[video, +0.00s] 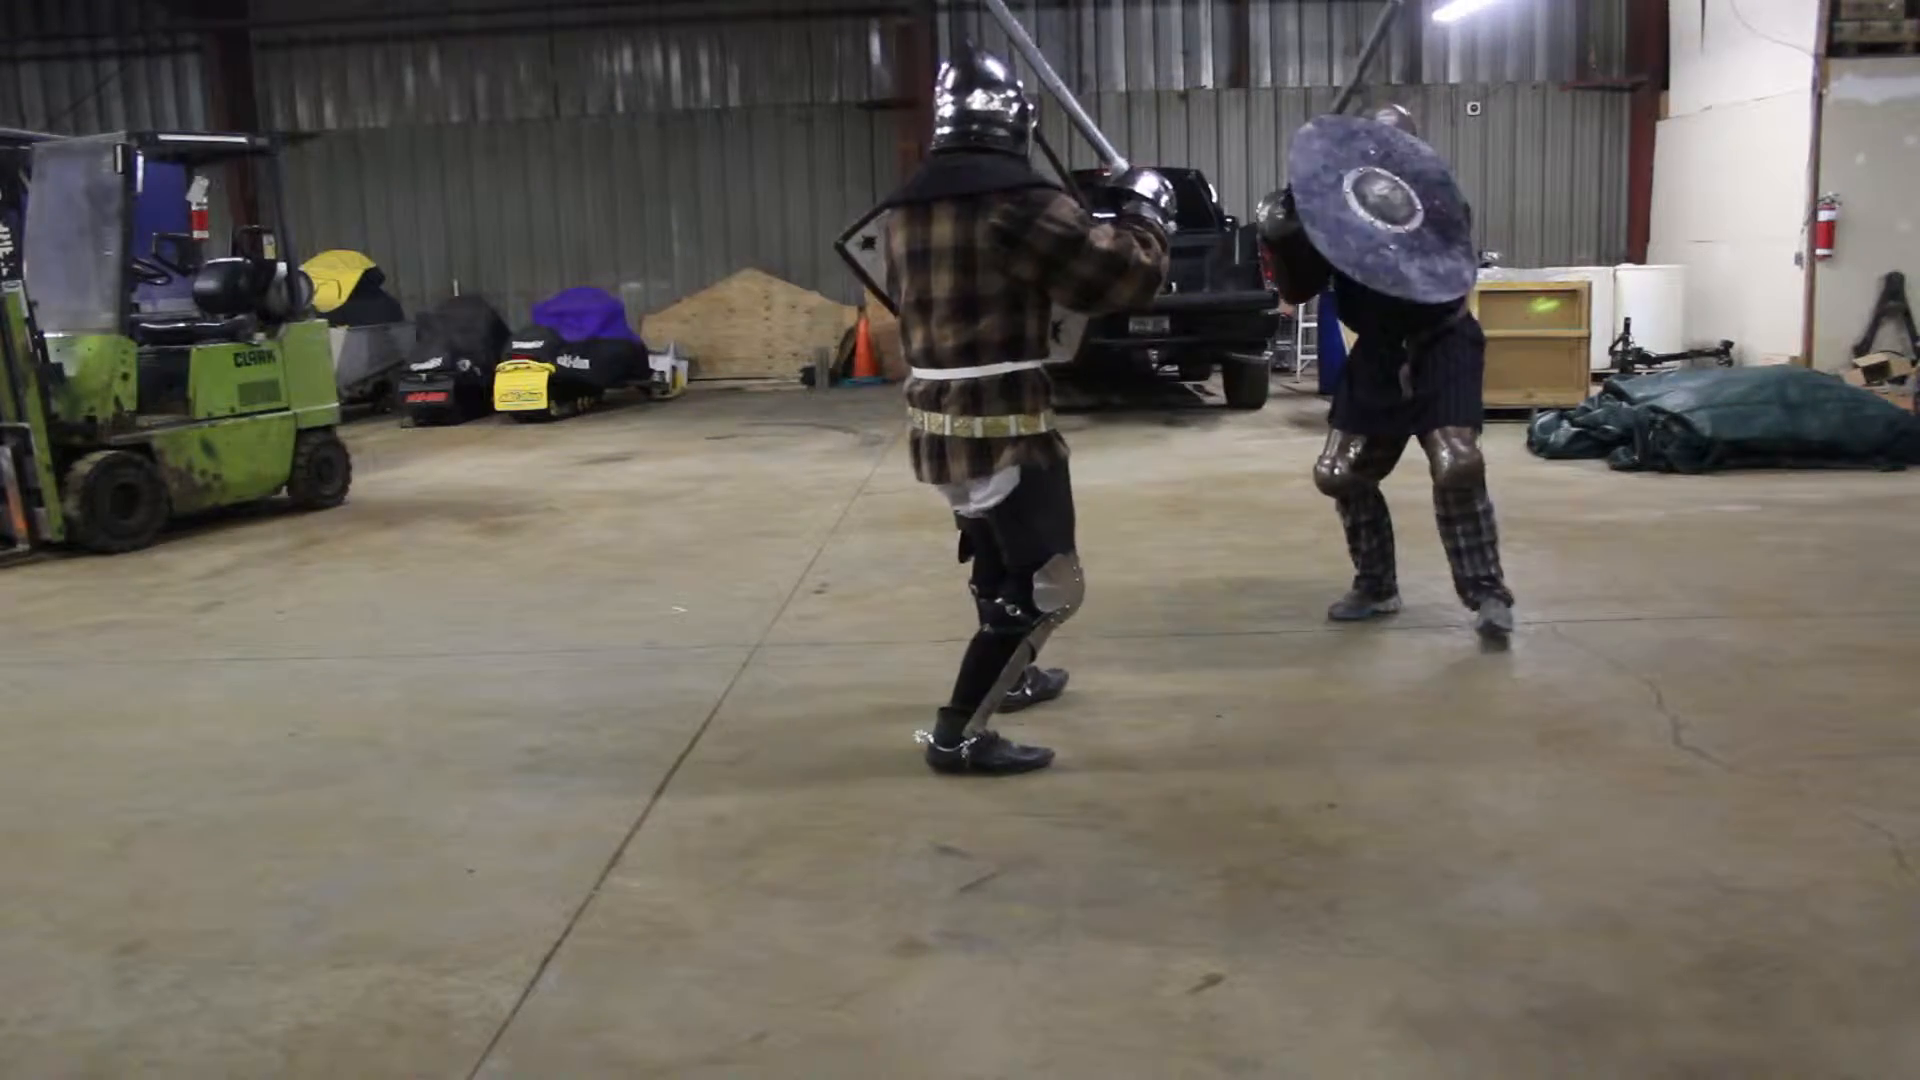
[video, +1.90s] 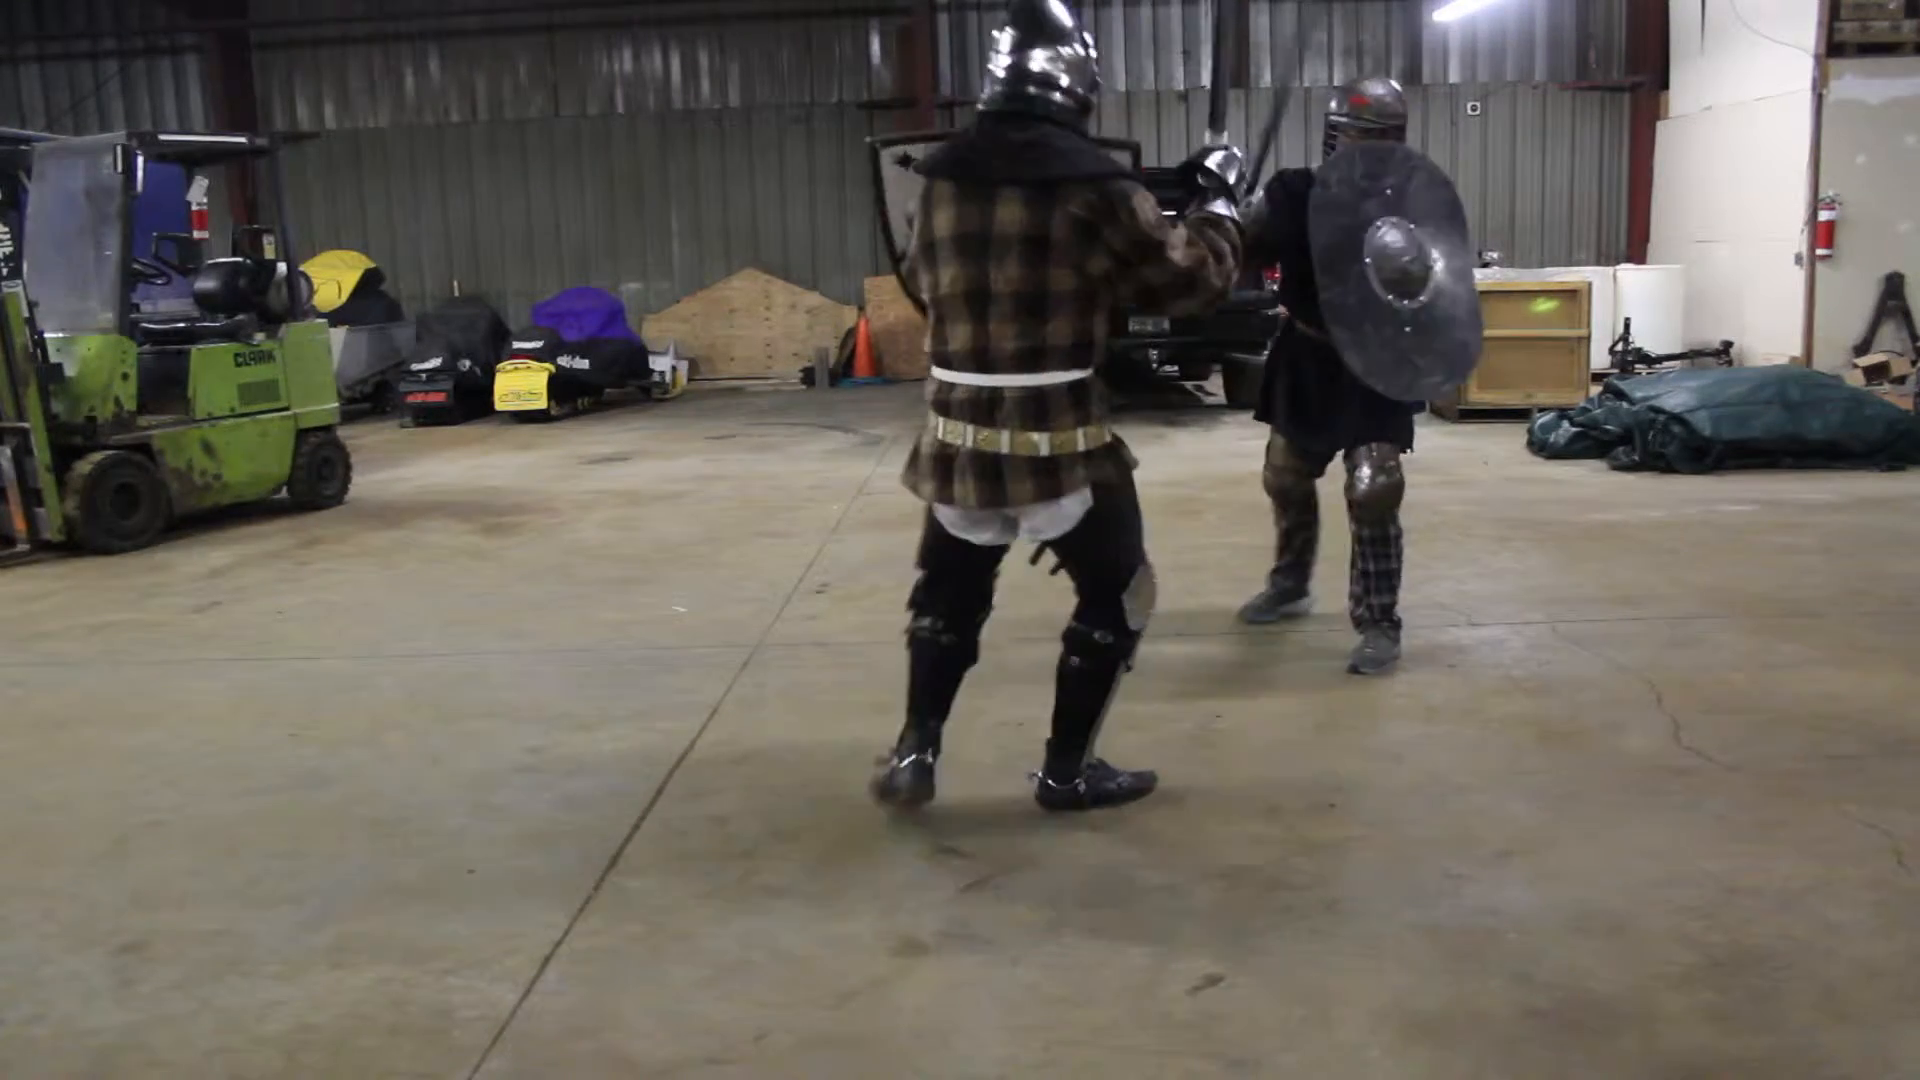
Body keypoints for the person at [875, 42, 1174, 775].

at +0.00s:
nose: (1025, 126)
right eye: (1020, 114)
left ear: (942, 116)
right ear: (1015, 117)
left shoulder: (911, 206)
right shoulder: (1019, 201)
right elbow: (1126, 273)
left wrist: (1082, 204)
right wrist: (1150, 210)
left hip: (939, 426)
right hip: (1006, 430)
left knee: (994, 556)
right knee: (1046, 587)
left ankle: (1010, 676)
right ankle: (958, 732)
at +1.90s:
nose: (1090, 99)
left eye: (1082, 85)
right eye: (1086, 86)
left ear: (998, 78)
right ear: (1076, 88)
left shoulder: (945, 175)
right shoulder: (1091, 182)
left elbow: (921, 281)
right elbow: (1186, 277)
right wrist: (1221, 217)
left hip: (959, 438)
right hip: (1062, 442)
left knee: (947, 594)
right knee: (1116, 591)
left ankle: (916, 746)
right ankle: (1068, 767)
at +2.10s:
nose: (1055, 93)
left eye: (1046, 79)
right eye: (1052, 79)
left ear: (957, 74)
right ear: (1040, 78)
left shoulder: (900, 178)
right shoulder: (1054, 176)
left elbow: (873, 307)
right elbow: (1126, 308)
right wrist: (1195, 247)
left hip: (932, 448)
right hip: (1043, 447)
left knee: (926, 628)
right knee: (1078, 600)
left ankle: (908, 827)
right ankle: (1068, 766)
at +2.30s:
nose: (1027, 92)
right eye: (1023, 75)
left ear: (920, 73)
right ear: (1010, 71)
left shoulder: (861, 177)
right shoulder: (1026, 160)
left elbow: (829, 328)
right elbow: (1084, 314)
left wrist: (894, 391)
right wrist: (1153, 285)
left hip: (910, 462)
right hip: (1026, 454)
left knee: (911, 654)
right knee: (1074, 624)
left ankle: (906, 855)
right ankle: (1094, 802)